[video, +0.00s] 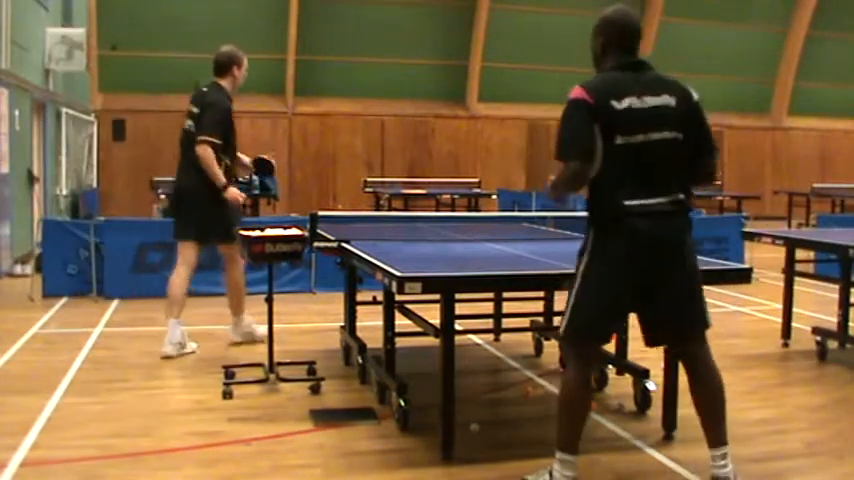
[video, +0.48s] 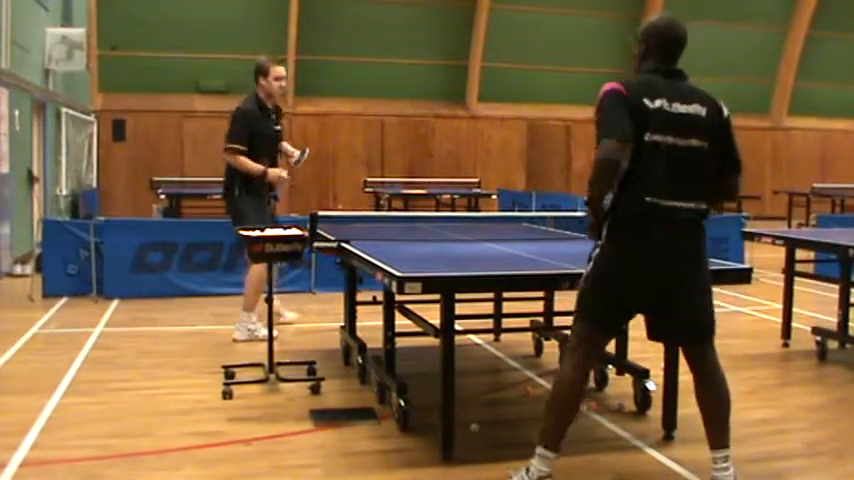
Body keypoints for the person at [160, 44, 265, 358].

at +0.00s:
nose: (245, 75)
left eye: (245, 69)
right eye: (244, 69)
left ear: (220, 68)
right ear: (236, 70)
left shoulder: (203, 95)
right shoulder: (219, 102)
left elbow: (213, 141)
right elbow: (203, 148)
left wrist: (238, 158)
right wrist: (226, 186)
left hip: (188, 190)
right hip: (210, 191)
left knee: (185, 261)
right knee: (233, 256)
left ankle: (173, 334)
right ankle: (240, 324)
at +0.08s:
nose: (253, 79)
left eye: (253, 73)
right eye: (252, 73)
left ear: (229, 73)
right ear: (242, 75)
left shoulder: (214, 99)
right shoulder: (227, 107)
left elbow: (221, 142)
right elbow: (209, 153)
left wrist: (247, 156)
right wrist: (235, 187)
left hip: (197, 192)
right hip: (219, 194)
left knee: (194, 262)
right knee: (240, 257)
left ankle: (174, 331)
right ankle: (245, 322)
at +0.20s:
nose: (267, 84)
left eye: (266, 78)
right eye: (263, 78)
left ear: (245, 81)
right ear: (249, 80)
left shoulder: (230, 104)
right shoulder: (237, 112)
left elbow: (235, 146)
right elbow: (220, 158)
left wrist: (260, 156)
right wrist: (248, 187)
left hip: (215, 193)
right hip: (233, 195)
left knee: (222, 259)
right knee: (257, 254)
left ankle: (189, 308)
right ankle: (247, 323)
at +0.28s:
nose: (273, 84)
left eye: (273, 79)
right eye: (269, 79)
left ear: (253, 81)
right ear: (252, 81)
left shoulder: (241, 105)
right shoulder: (242, 112)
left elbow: (241, 146)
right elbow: (225, 157)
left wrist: (265, 154)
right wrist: (256, 183)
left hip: (227, 193)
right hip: (238, 195)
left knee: (238, 253)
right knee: (259, 257)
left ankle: (205, 301)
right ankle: (247, 323)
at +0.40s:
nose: (279, 83)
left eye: (280, 77)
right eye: (274, 77)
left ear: (266, 81)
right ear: (257, 80)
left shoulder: (263, 107)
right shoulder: (245, 109)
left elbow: (259, 140)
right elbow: (229, 155)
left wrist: (279, 151)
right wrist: (261, 174)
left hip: (253, 187)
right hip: (238, 189)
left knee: (261, 249)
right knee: (260, 252)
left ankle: (241, 303)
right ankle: (246, 321)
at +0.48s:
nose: (283, 84)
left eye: (285, 79)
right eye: (278, 79)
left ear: (282, 83)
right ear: (262, 81)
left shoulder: (274, 110)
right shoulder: (246, 111)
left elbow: (273, 141)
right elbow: (232, 155)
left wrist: (287, 150)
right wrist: (265, 172)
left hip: (261, 189)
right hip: (242, 190)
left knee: (268, 248)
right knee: (260, 252)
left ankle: (268, 302)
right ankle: (247, 320)